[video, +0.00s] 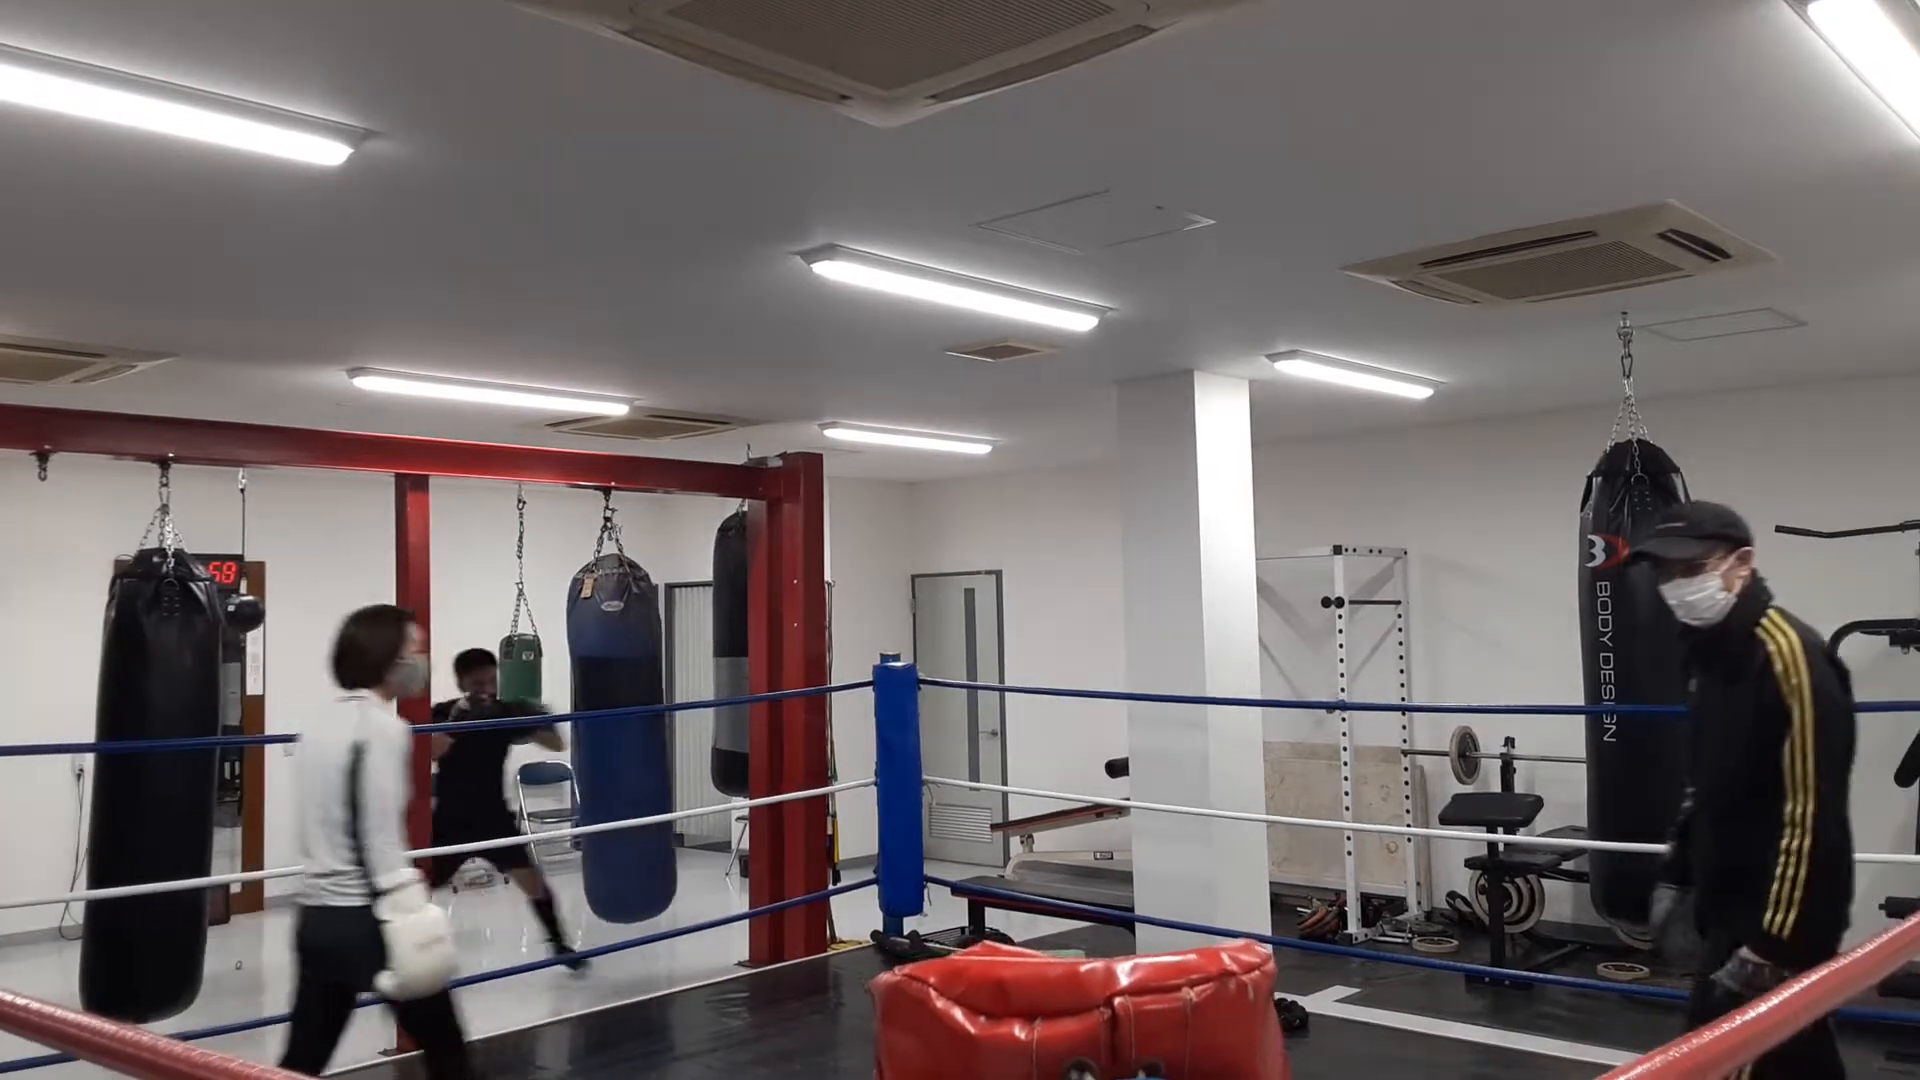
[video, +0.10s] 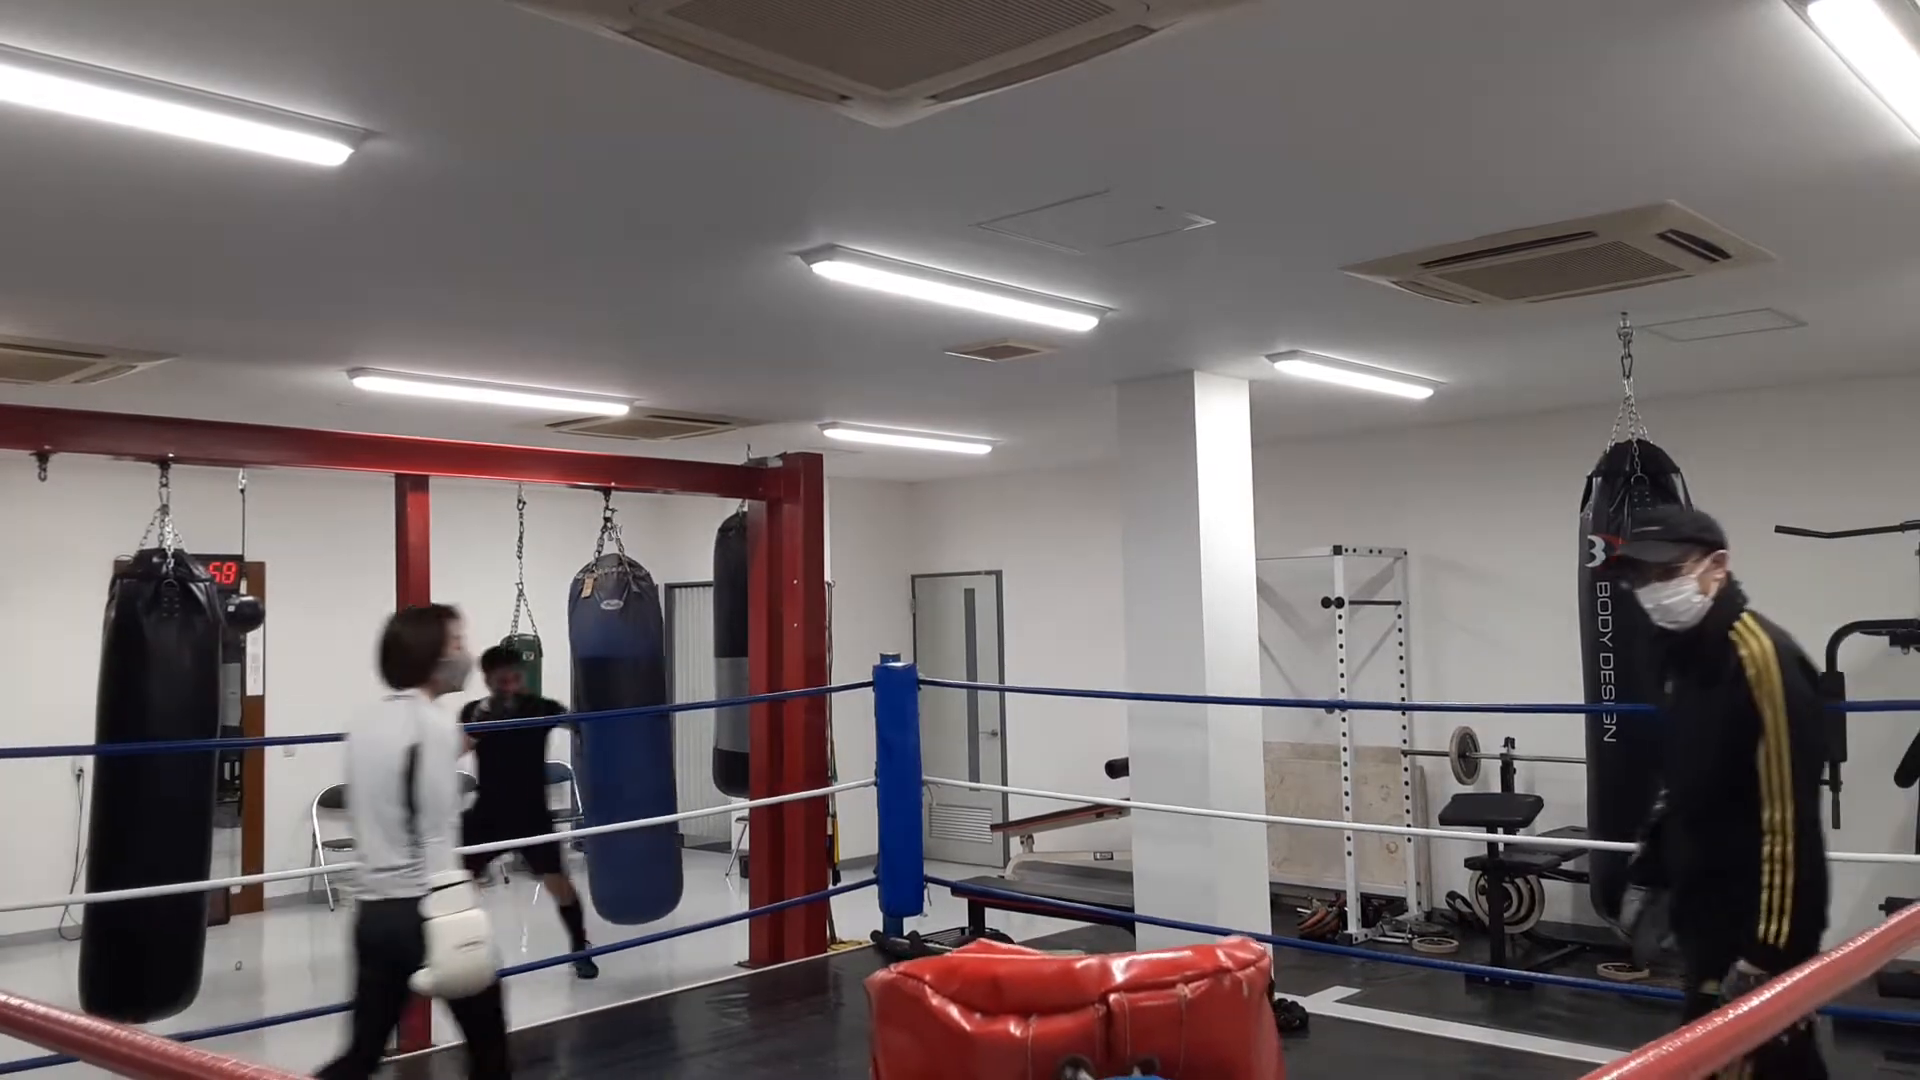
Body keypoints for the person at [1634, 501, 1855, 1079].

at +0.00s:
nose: (1678, 585)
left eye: (1693, 567)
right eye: (1667, 572)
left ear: (1741, 563)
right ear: (1657, 575)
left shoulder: (1792, 655)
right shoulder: (1711, 654)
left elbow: (1810, 816)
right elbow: (1706, 789)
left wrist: (1766, 954)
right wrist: (1675, 879)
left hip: (1777, 933)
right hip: (1724, 916)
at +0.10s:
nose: (1654, 590)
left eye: (1668, 571)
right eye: (1642, 577)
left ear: (1715, 566)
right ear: (1632, 581)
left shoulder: (1761, 657)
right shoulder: (1685, 656)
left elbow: (1787, 815)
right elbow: (1684, 791)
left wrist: (1765, 961)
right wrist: (1647, 877)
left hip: (1753, 935)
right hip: (1703, 922)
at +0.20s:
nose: (1628, 588)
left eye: (1644, 570)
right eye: (1616, 575)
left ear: (1692, 568)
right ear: (1605, 580)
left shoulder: (1731, 662)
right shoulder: (1662, 661)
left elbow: (1756, 823)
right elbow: (1660, 796)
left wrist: (1751, 971)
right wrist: (1621, 878)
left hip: (1715, 947)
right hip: (1671, 936)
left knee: (1710, 1070)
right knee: (1668, 1067)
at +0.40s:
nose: (1575, 580)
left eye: (1591, 562)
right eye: (1568, 567)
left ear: (1640, 565)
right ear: (1561, 569)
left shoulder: (1663, 649)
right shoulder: (1627, 646)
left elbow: (1681, 805)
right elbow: (1632, 795)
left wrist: (1671, 949)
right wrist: (1607, 932)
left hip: (1644, 946)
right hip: (1617, 938)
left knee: (1631, 1072)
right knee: (1613, 1068)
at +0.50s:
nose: (1549, 583)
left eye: (1562, 565)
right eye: (1543, 570)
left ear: (1614, 567)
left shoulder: (1637, 652)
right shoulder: (1608, 648)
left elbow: (1639, 805)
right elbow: (1610, 801)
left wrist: (1621, 949)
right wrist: (1585, 931)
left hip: (1622, 940)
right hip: (1600, 934)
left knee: (1614, 1069)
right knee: (1597, 1065)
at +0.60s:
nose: (1520, 590)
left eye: (1530, 573)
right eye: (1515, 578)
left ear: (1581, 568)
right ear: (1576, 573)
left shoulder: (1608, 651)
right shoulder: (1597, 646)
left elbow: (1599, 808)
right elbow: (1594, 806)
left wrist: (1575, 953)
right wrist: (1573, 940)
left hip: (1607, 932)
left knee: (1583, 1053)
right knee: (1604, 1054)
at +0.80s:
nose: (1467, 583)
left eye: (1476, 569)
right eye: (1466, 571)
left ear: (1516, 572)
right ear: (1521, 573)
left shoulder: (1536, 651)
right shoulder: (1576, 640)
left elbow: (1520, 803)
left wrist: (1489, 942)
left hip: (1545, 919)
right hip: (1583, 902)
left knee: (1552, 1061)